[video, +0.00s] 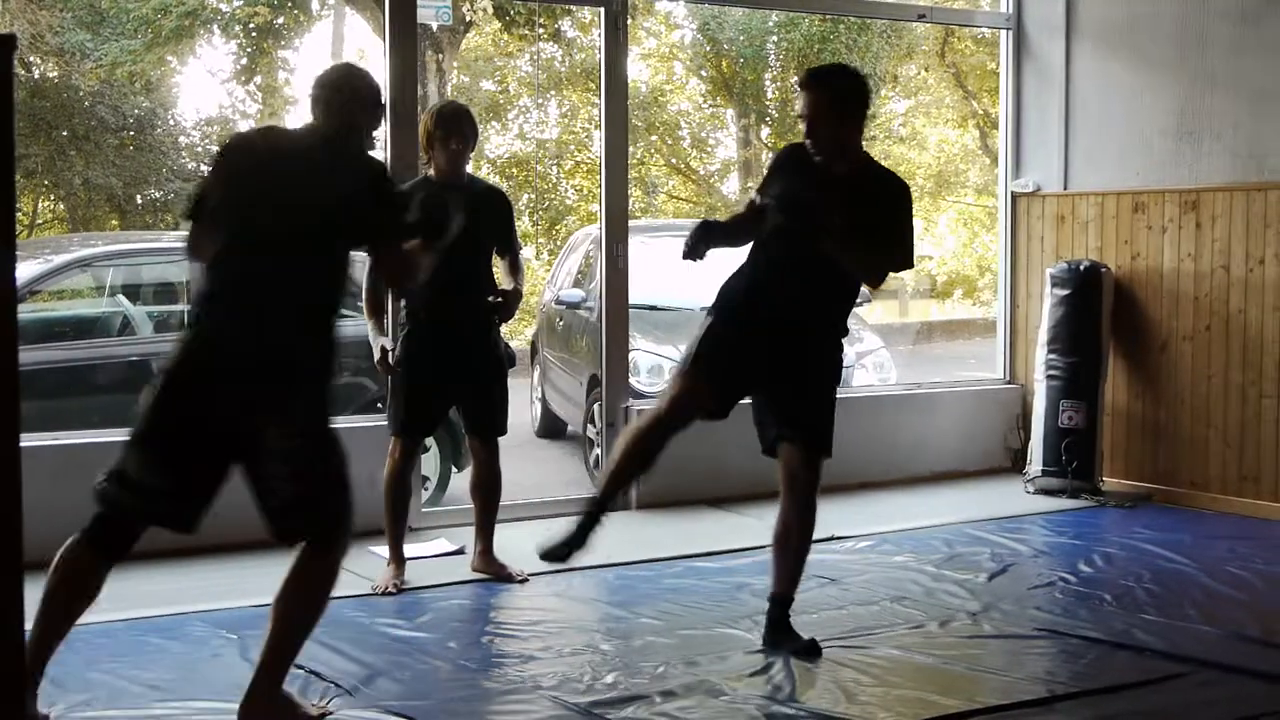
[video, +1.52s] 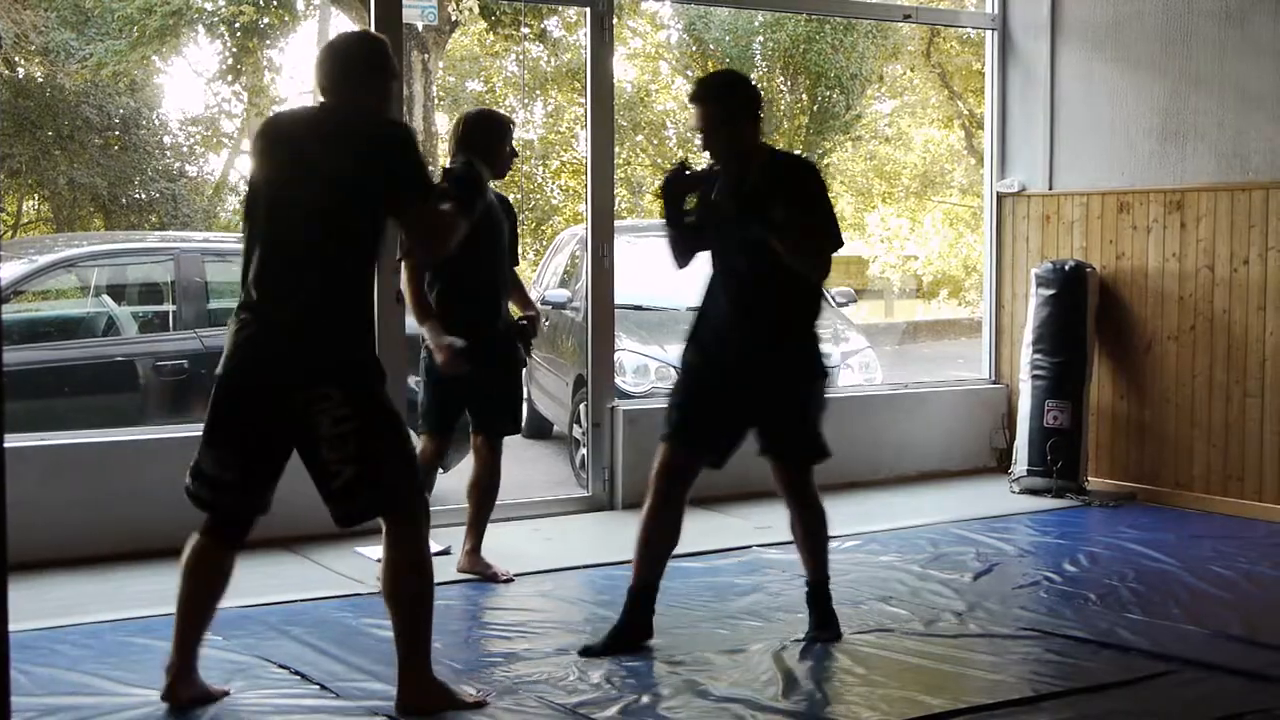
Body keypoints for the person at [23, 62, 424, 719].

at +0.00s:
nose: (374, 129)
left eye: (373, 117)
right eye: (373, 117)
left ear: (314, 105)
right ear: (364, 115)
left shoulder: (247, 149)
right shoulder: (367, 177)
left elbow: (200, 243)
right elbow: (396, 276)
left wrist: (268, 220)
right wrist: (430, 241)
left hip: (203, 368)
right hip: (287, 381)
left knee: (113, 523)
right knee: (328, 532)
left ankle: (24, 680)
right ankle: (265, 692)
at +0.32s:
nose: (272, 106)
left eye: (272, 94)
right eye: (270, 94)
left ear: (204, 84)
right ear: (252, 92)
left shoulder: (138, 135)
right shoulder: (240, 147)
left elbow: (134, 239)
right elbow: (282, 258)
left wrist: (276, 188)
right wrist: (308, 190)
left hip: (112, 367)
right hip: (197, 370)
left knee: (54, 548)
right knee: (280, 516)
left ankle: (3, 696)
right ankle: (253, 682)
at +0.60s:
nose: (283, 103)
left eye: (279, 90)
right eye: (280, 91)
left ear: (215, 87)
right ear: (272, 94)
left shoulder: (160, 141)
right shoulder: (272, 154)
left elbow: (143, 244)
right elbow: (304, 255)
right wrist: (314, 162)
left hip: (136, 369)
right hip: (220, 374)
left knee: (75, 543)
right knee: (314, 519)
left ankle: (3, 693)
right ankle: (383, 678)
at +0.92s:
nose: (397, 116)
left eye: (396, 105)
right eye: (396, 104)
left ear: (322, 94)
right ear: (381, 103)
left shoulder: (258, 140)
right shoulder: (384, 168)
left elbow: (229, 221)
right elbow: (414, 271)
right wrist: (447, 224)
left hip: (227, 361)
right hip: (314, 369)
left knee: (192, 509)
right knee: (385, 519)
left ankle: (106, 646)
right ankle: (401, 689)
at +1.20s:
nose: (379, 107)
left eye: (378, 96)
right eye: (377, 95)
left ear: (307, 86)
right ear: (368, 92)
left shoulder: (255, 135)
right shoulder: (363, 145)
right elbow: (407, 239)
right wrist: (441, 190)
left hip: (238, 364)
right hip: (323, 365)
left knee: (225, 534)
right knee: (408, 504)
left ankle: (183, 686)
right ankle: (406, 673)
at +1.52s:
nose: (397, 95)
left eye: (395, 82)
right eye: (394, 82)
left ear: (326, 79)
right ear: (380, 82)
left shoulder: (272, 131)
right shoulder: (386, 138)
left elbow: (266, 235)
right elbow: (432, 238)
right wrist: (464, 196)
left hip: (255, 353)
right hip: (336, 356)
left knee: (223, 520)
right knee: (405, 509)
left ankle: (181, 675)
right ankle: (417, 683)